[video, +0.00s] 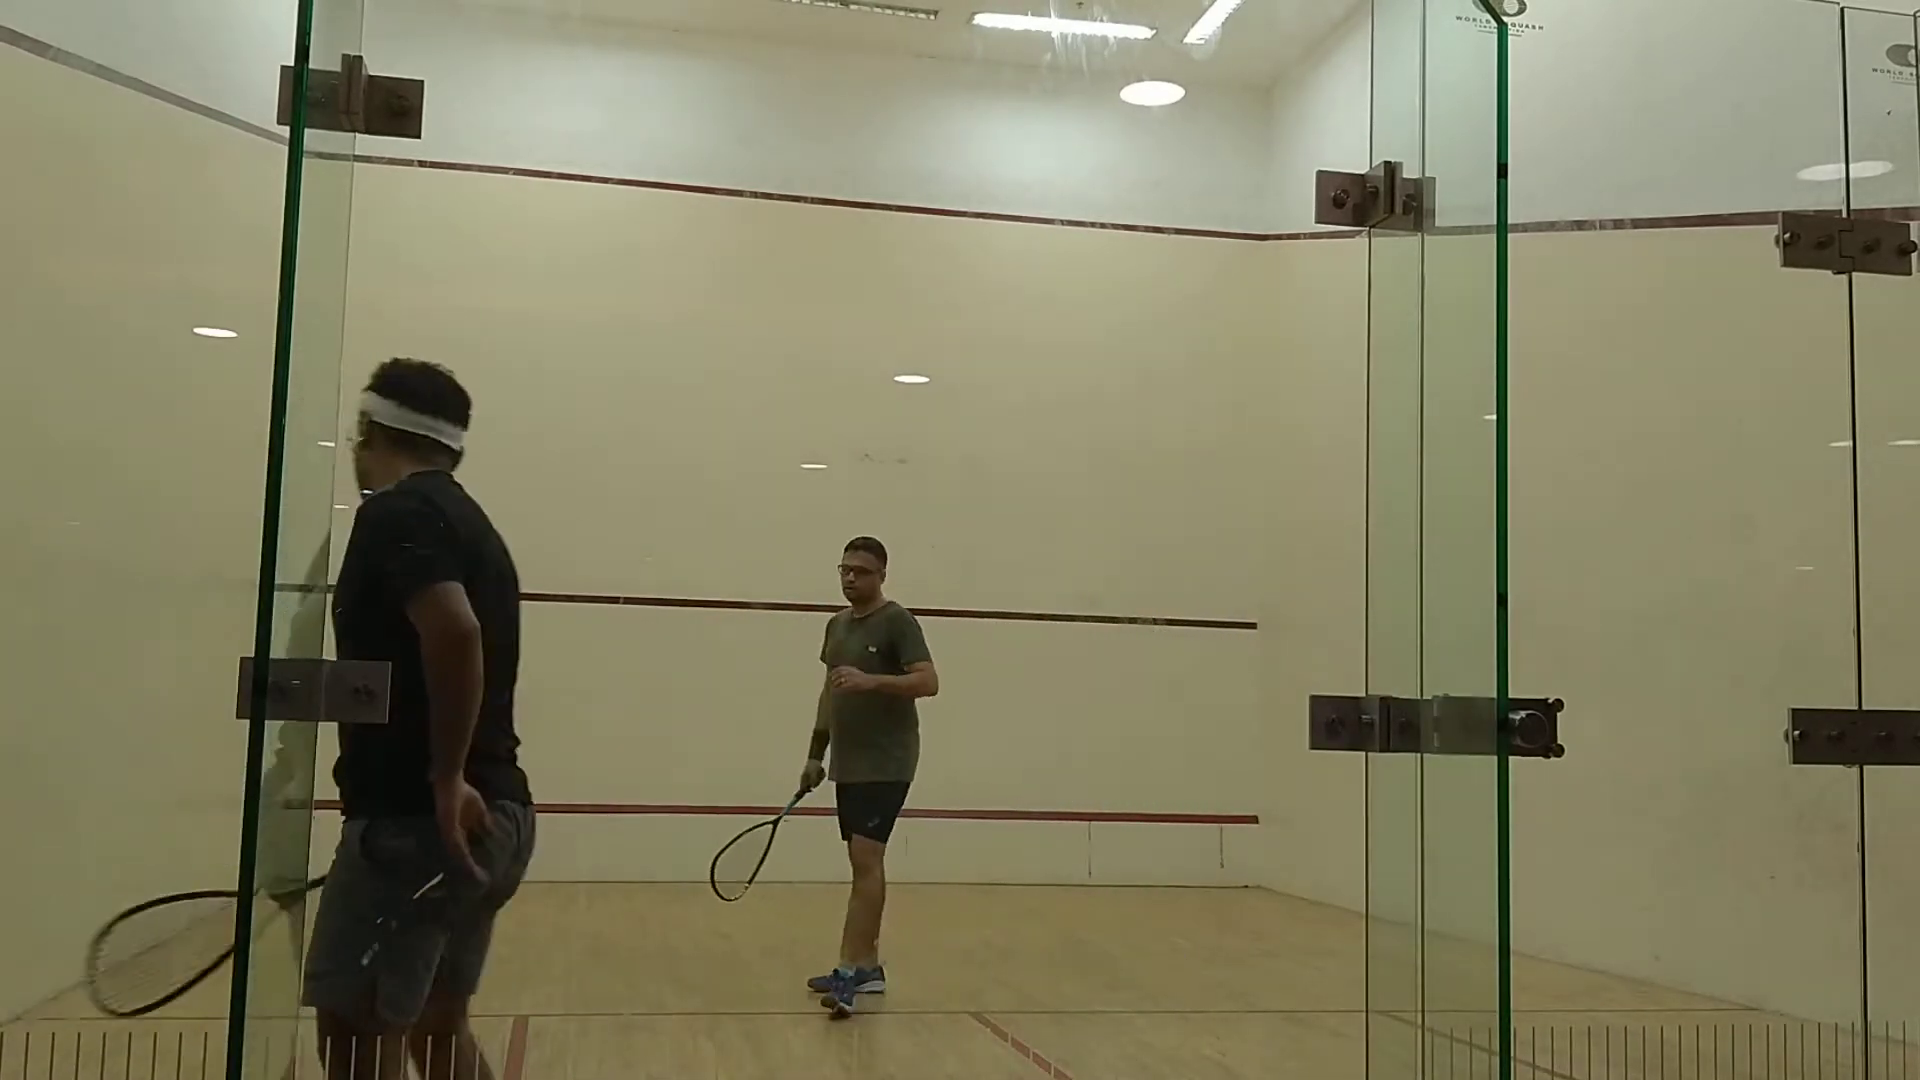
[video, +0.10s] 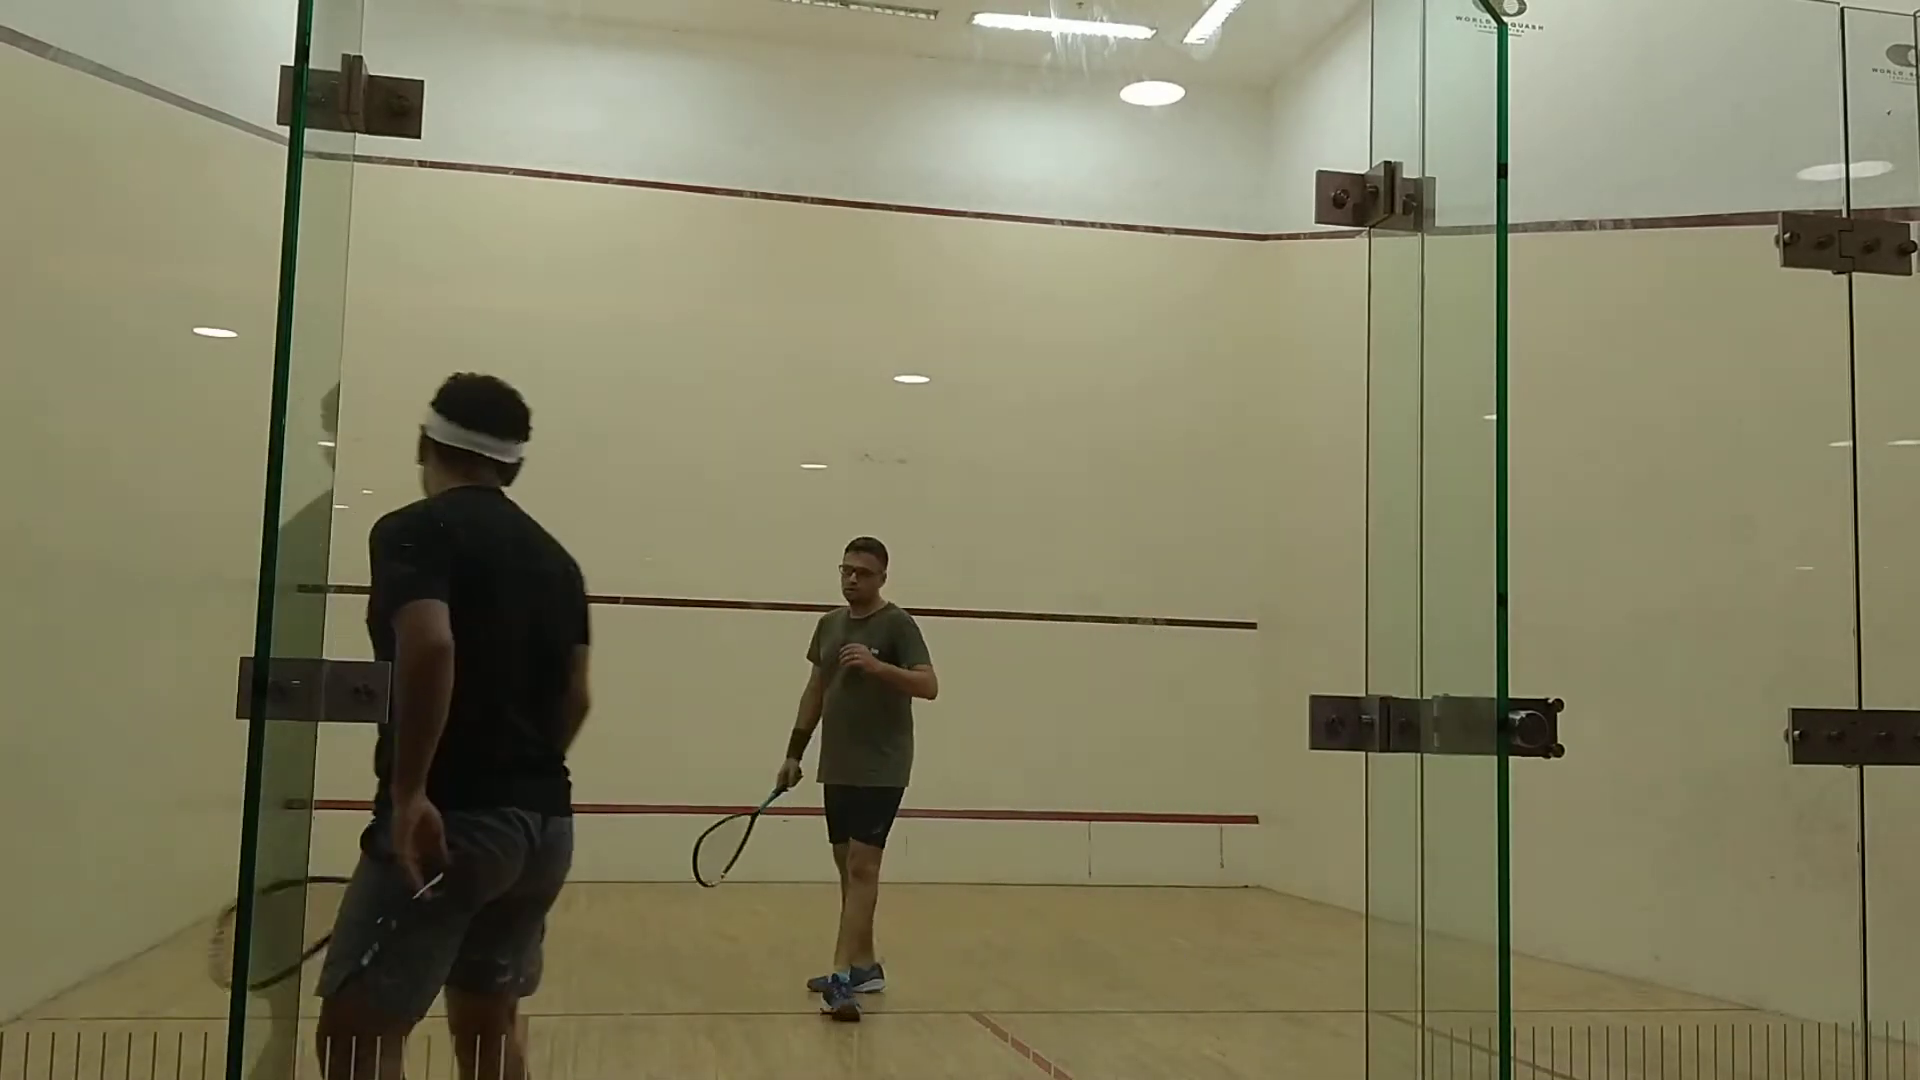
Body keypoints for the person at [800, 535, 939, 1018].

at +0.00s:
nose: (851, 579)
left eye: (862, 572)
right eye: (846, 571)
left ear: (882, 575)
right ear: (840, 573)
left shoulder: (898, 621)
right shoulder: (837, 624)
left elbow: (928, 681)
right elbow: (830, 691)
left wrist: (870, 681)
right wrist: (815, 756)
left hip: (886, 763)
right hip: (850, 762)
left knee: (865, 859)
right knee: (864, 860)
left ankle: (851, 970)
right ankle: (867, 966)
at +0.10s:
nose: (854, 581)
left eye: (864, 574)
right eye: (848, 571)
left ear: (883, 577)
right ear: (840, 572)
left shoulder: (898, 625)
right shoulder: (830, 625)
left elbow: (928, 685)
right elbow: (816, 690)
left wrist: (876, 667)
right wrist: (794, 753)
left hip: (881, 768)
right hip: (838, 765)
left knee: (863, 864)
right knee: (847, 863)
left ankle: (843, 977)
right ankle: (865, 964)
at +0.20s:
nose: (858, 577)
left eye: (869, 570)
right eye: (853, 568)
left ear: (887, 575)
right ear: (844, 569)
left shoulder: (901, 628)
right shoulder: (825, 625)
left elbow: (931, 691)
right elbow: (805, 689)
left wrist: (886, 673)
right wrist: (781, 751)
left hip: (877, 772)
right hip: (829, 767)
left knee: (863, 867)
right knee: (828, 861)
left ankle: (839, 978)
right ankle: (857, 955)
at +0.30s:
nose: (862, 573)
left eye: (872, 566)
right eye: (856, 564)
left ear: (890, 571)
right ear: (847, 565)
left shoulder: (906, 627)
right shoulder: (823, 620)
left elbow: (934, 692)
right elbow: (799, 686)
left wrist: (899, 694)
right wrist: (775, 748)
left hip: (878, 773)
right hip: (823, 765)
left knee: (863, 869)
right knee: (804, 860)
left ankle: (839, 979)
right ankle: (841, 940)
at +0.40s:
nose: (863, 569)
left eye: (873, 562)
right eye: (857, 560)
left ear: (891, 566)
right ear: (848, 562)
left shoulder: (910, 626)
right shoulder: (822, 616)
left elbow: (934, 692)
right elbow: (794, 682)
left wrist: (905, 713)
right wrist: (772, 745)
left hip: (876, 773)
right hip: (818, 764)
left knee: (862, 870)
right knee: (796, 862)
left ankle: (839, 978)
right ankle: (824, 943)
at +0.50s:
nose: (863, 569)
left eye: (873, 561)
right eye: (856, 561)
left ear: (891, 564)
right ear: (847, 562)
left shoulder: (912, 626)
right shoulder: (820, 615)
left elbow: (933, 690)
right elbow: (788, 685)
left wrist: (912, 721)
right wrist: (771, 751)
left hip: (876, 774)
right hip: (816, 766)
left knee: (860, 871)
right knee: (799, 862)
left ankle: (839, 978)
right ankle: (809, 961)